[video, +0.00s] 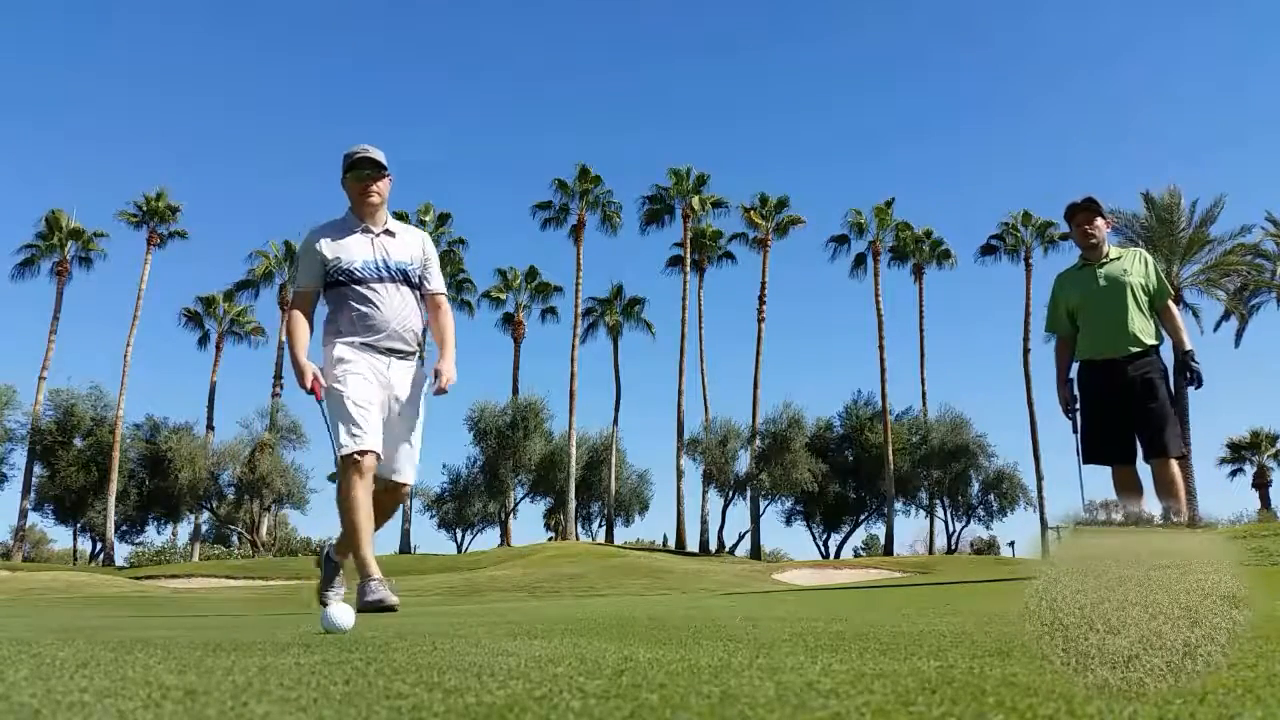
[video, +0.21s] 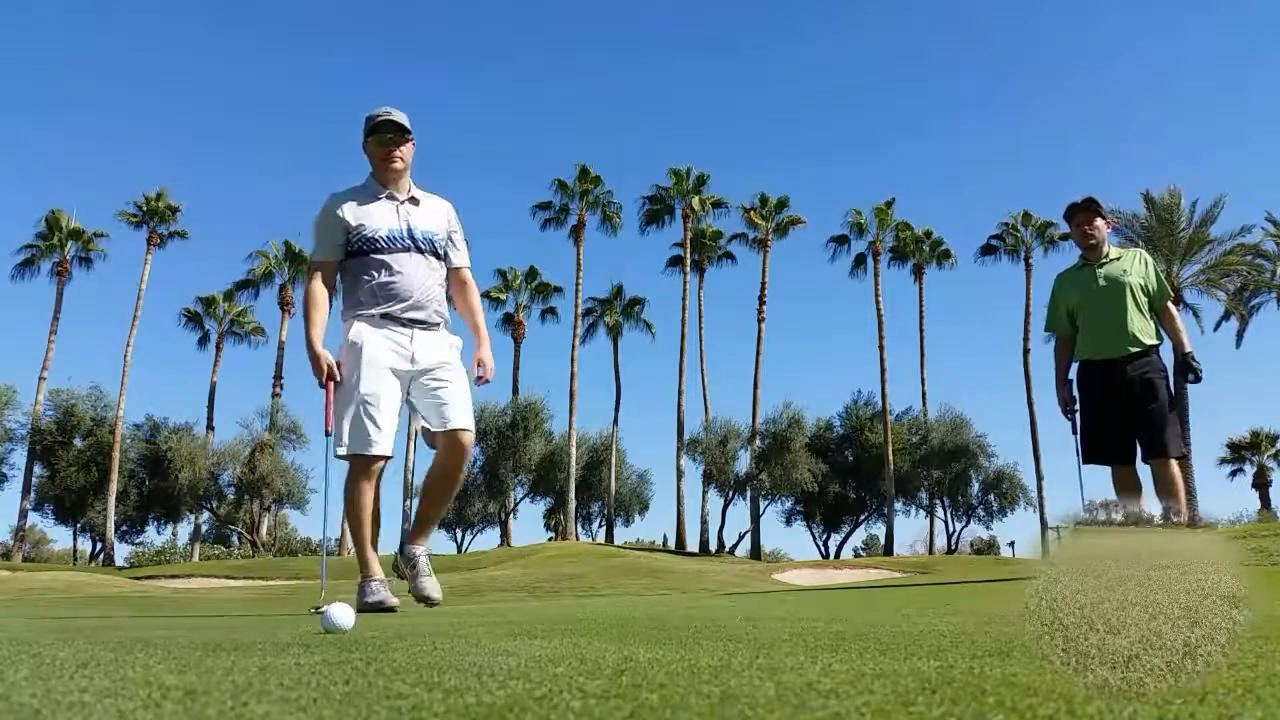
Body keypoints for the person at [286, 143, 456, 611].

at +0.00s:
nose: (371, 183)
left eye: (378, 175)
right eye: (360, 176)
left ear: (389, 182)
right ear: (346, 185)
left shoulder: (418, 241)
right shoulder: (322, 240)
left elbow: (438, 305)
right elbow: (300, 306)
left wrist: (447, 356)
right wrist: (300, 360)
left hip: (409, 365)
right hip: (352, 358)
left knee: (396, 485)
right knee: (360, 460)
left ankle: (336, 554)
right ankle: (370, 578)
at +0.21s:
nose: (393, 146)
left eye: (401, 138)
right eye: (382, 139)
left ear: (413, 146)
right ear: (366, 149)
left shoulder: (441, 211)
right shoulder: (342, 209)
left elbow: (462, 282)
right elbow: (320, 278)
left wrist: (481, 338)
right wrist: (315, 344)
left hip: (437, 340)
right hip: (373, 338)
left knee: (458, 443)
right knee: (369, 456)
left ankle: (414, 548)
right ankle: (371, 576)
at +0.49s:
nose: (440, 124)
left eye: (448, 115)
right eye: (428, 117)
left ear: (461, 124)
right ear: (412, 126)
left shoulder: (492, 196)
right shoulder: (380, 190)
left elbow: (510, 272)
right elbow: (350, 266)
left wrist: (528, 339)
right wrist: (353, 327)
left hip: (480, 333)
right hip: (408, 332)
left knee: (500, 442)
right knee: (387, 459)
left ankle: (509, 569)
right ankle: (374, 574)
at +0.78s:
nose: (490, 67)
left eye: (498, 57)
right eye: (478, 59)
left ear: (513, 64)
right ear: (461, 68)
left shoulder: (550, 143)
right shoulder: (428, 138)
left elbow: (578, 224)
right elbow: (399, 220)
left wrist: (600, 287)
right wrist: (377, 277)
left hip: (533, 286)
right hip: (459, 282)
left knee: (537, 423)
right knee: (469, 406)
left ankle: (516, 571)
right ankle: (450, 530)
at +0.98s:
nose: (503, 38)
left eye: (512, 27)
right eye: (490, 30)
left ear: (532, 32)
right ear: (476, 41)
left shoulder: (575, 113)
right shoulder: (450, 115)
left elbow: (611, 180)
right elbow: (424, 202)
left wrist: (633, 220)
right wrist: (392, 250)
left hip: (565, 276)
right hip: (486, 269)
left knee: (547, 425)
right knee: (502, 395)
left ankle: (513, 570)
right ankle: (535, 550)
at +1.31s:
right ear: (477, 1)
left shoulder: (597, 33)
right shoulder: (460, 66)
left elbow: (645, 124)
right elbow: (451, 174)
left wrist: (663, 207)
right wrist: (439, 267)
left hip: (606, 226)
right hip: (513, 228)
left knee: (632, 400)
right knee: (525, 378)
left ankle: (582, 507)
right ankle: (558, 562)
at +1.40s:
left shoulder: (606, 11)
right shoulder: (463, 47)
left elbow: (658, 104)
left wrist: (680, 194)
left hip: (613, 204)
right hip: (517, 211)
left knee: (652, 367)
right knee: (528, 380)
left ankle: (633, 510)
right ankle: (559, 562)